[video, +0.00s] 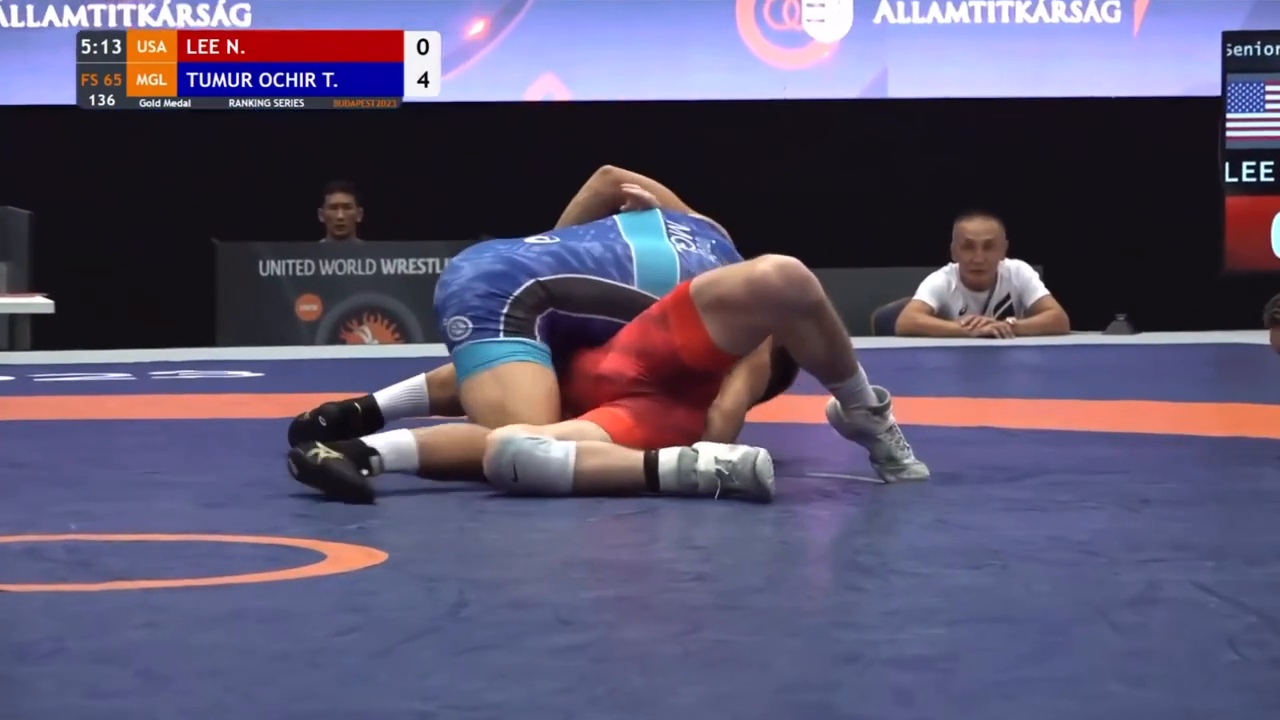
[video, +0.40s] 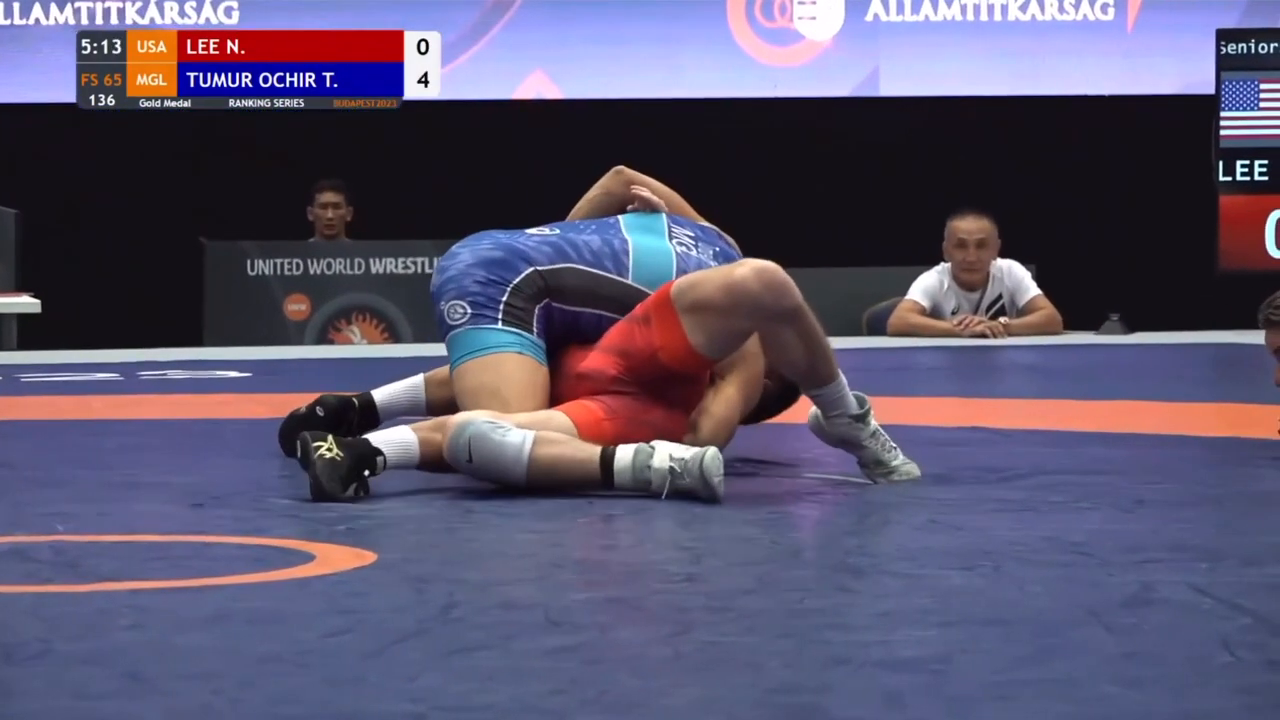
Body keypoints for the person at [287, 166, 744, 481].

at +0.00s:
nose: (756, 376)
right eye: (768, 371)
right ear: (784, 336)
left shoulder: (709, 233)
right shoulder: (753, 322)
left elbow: (614, 176)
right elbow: (727, 407)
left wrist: (548, 248)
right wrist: (714, 479)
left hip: (482, 260)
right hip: (503, 290)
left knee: (514, 368)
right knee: (524, 440)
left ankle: (366, 410)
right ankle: (363, 454)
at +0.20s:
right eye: (763, 389)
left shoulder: (713, 240)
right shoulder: (749, 335)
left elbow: (619, 178)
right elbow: (706, 437)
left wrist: (554, 250)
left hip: (475, 259)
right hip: (497, 288)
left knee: (505, 380)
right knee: (505, 431)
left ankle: (358, 410)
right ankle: (352, 448)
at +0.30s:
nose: (756, 402)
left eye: (764, 396)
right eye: (767, 396)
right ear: (772, 370)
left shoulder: (718, 244)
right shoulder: (749, 337)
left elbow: (627, 177)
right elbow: (706, 441)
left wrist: (561, 250)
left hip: (481, 252)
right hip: (498, 279)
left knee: (516, 370)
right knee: (506, 432)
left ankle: (362, 406)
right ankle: (359, 447)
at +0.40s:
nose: (763, 401)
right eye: (774, 393)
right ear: (783, 364)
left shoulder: (723, 248)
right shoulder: (748, 349)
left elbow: (626, 178)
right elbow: (701, 446)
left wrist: (549, 247)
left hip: (486, 250)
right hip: (502, 279)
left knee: (517, 375)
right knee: (505, 428)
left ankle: (360, 407)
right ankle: (365, 451)